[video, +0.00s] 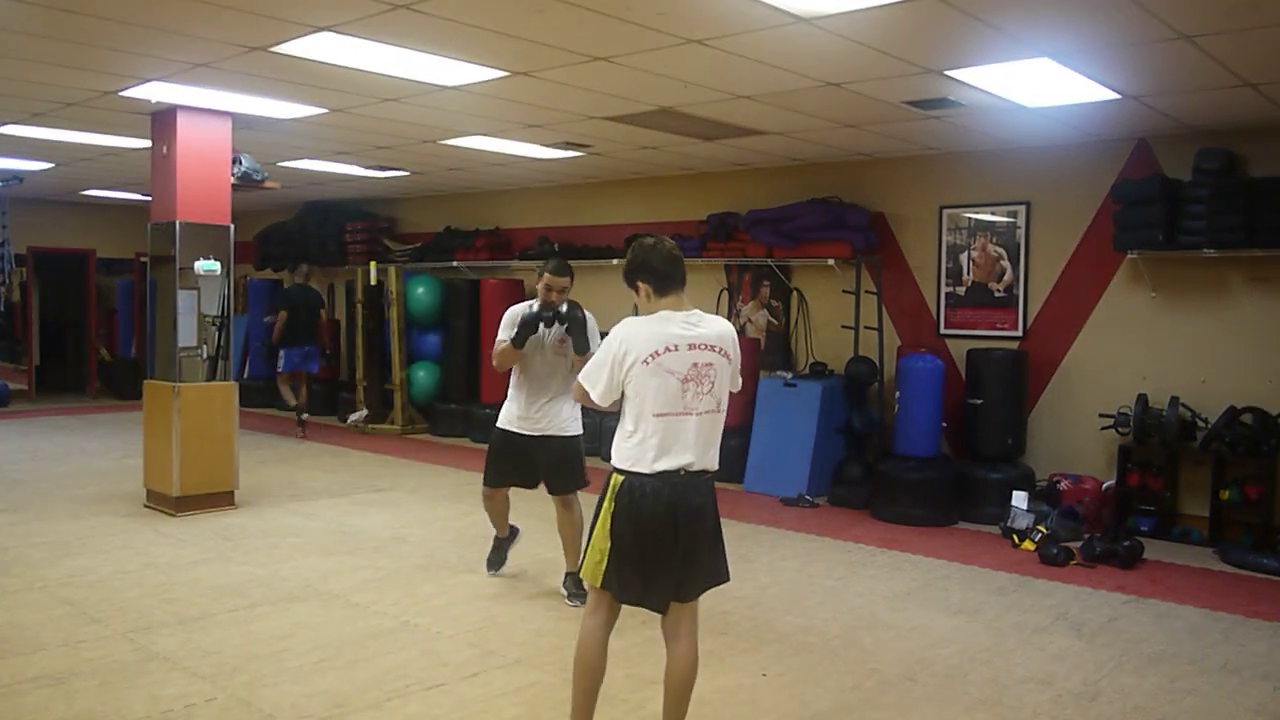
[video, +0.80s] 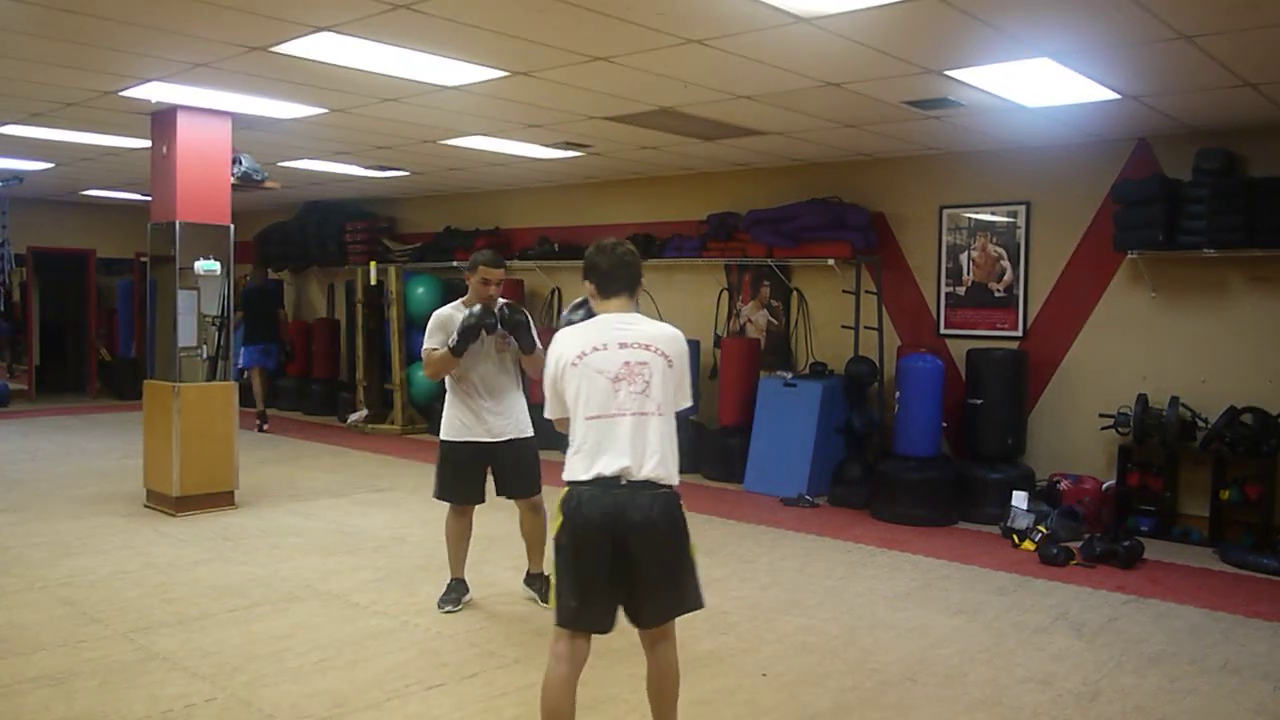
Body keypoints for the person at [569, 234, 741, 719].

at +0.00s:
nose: (636, 300)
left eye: (634, 291)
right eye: (635, 291)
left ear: (642, 287)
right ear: (683, 280)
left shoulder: (631, 334)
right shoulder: (724, 332)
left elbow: (591, 393)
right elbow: (726, 390)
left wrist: (648, 391)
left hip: (631, 494)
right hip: (696, 495)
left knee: (598, 613)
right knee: (682, 627)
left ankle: (579, 716)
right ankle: (673, 718)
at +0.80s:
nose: (590, 289)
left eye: (588, 282)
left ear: (589, 286)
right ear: (640, 284)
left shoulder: (566, 342)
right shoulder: (671, 339)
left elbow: (562, 422)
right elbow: (674, 408)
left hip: (586, 511)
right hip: (655, 511)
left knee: (568, 647)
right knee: (659, 641)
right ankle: (665, 719)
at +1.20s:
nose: (585, 285)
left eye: (586, 279)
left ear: (591, 283)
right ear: (643, 282)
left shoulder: (562, 340)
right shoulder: (672, 331)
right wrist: (601, 314)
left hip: (580, 512)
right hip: (651, 512)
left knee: (564, 653)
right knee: (640, 659)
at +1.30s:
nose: (601, 286)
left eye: (603, 279)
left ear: (606, 283)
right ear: (658, 287)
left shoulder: (571, 338)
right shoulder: (678, 329)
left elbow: (547, 429)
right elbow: (630, 325)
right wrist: (582, 307)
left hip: (586, 512)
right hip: (656, 511)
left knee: (567, 653)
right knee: (642, 660)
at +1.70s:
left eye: (616, 283)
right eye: (670, 286)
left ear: (615, 287)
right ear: (668, 289)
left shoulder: (589, 343)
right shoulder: (692, 339)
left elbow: (563, 436)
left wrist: (549, 380)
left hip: (596, 511)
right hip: (666, 512)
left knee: (555, 623)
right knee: (644, 654)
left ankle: (539, 716)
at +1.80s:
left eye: (600, 285)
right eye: (660, 286)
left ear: (605, 289)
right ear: (658, 289)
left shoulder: (579, 345)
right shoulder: (685, 340)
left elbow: (551, 438)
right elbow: (687, 408)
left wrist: (541, 376)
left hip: (591, 513)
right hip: (661, 513)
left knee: (550, 624)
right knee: (642, 657)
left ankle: (525, 716)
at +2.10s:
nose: (555, 298)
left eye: (554, 291)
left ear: (555, 295)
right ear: (603, 293)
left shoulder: (534, 353)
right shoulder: (635, 343)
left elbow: (512, 438)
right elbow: (640, 420)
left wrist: (557, 406)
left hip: (561, 511)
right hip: (628, 509)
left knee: (536, 621)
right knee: (626, 652)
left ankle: (520, 716)